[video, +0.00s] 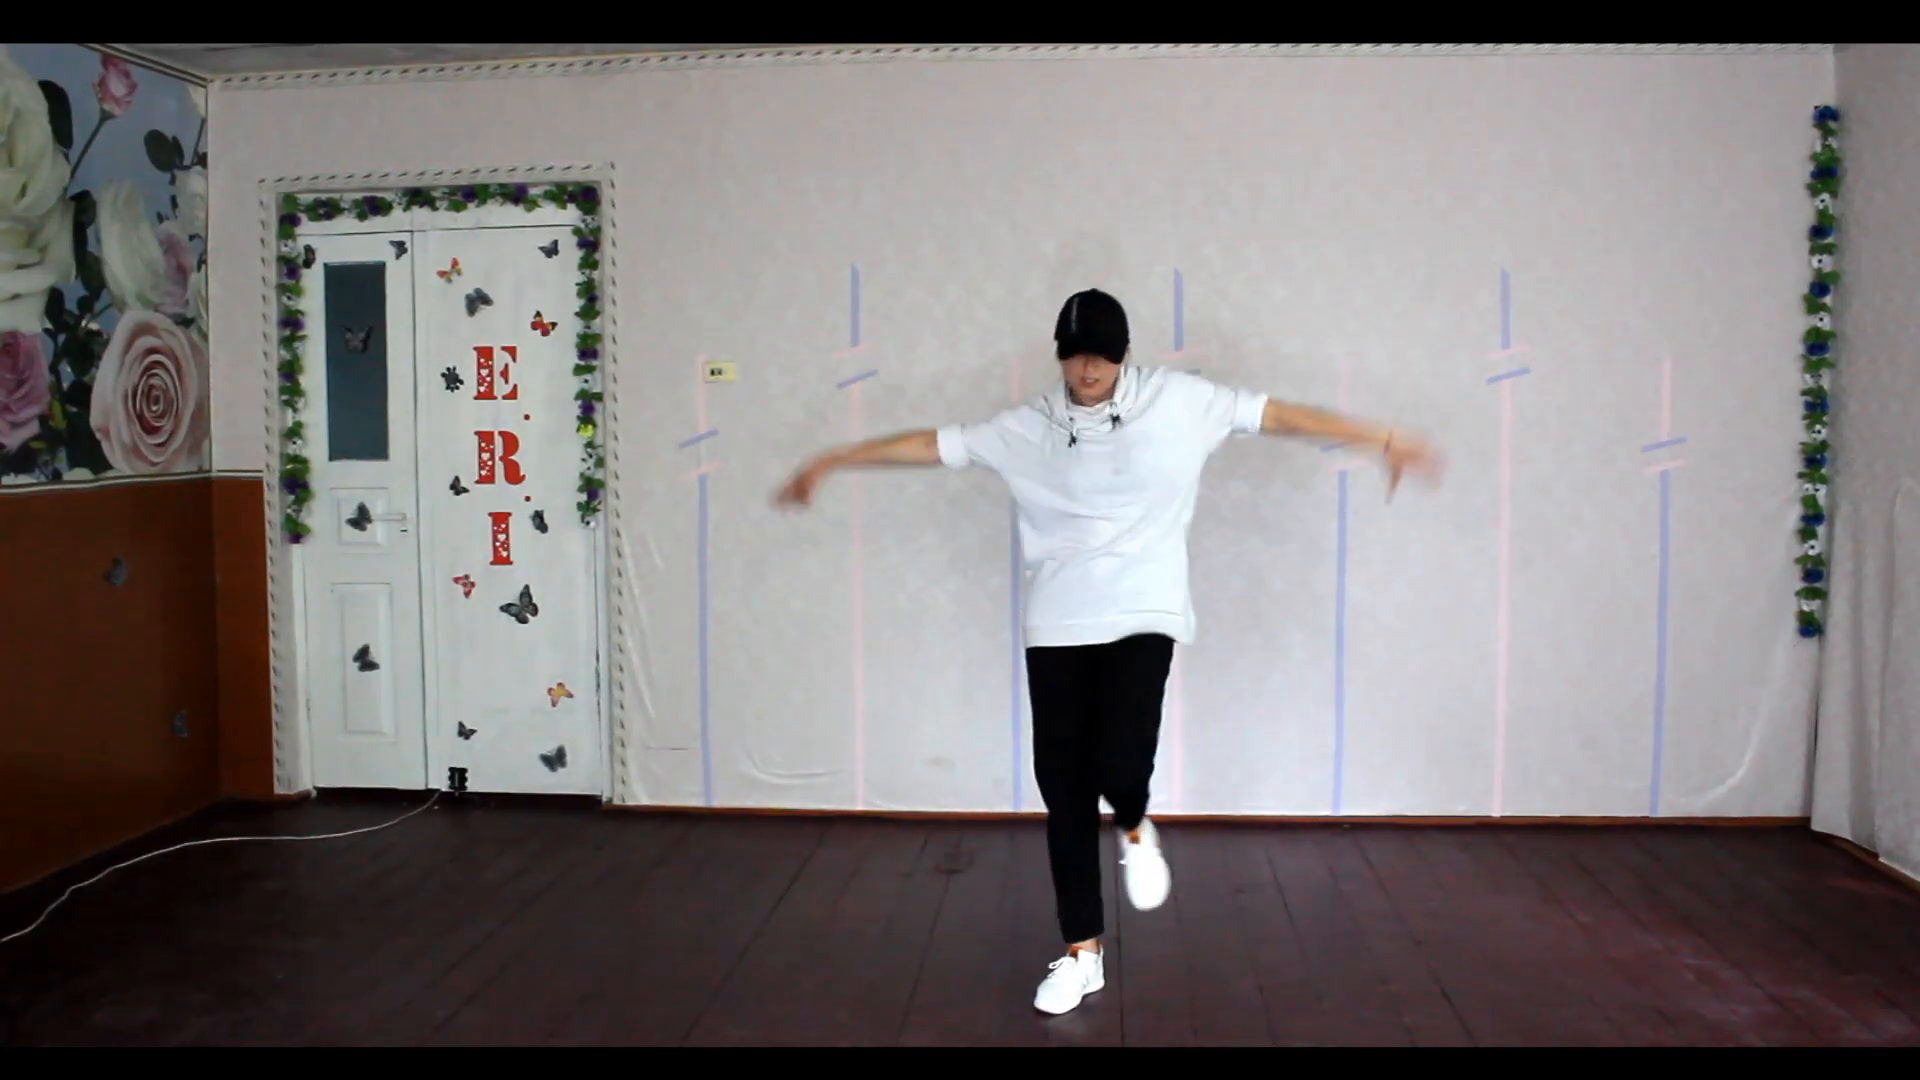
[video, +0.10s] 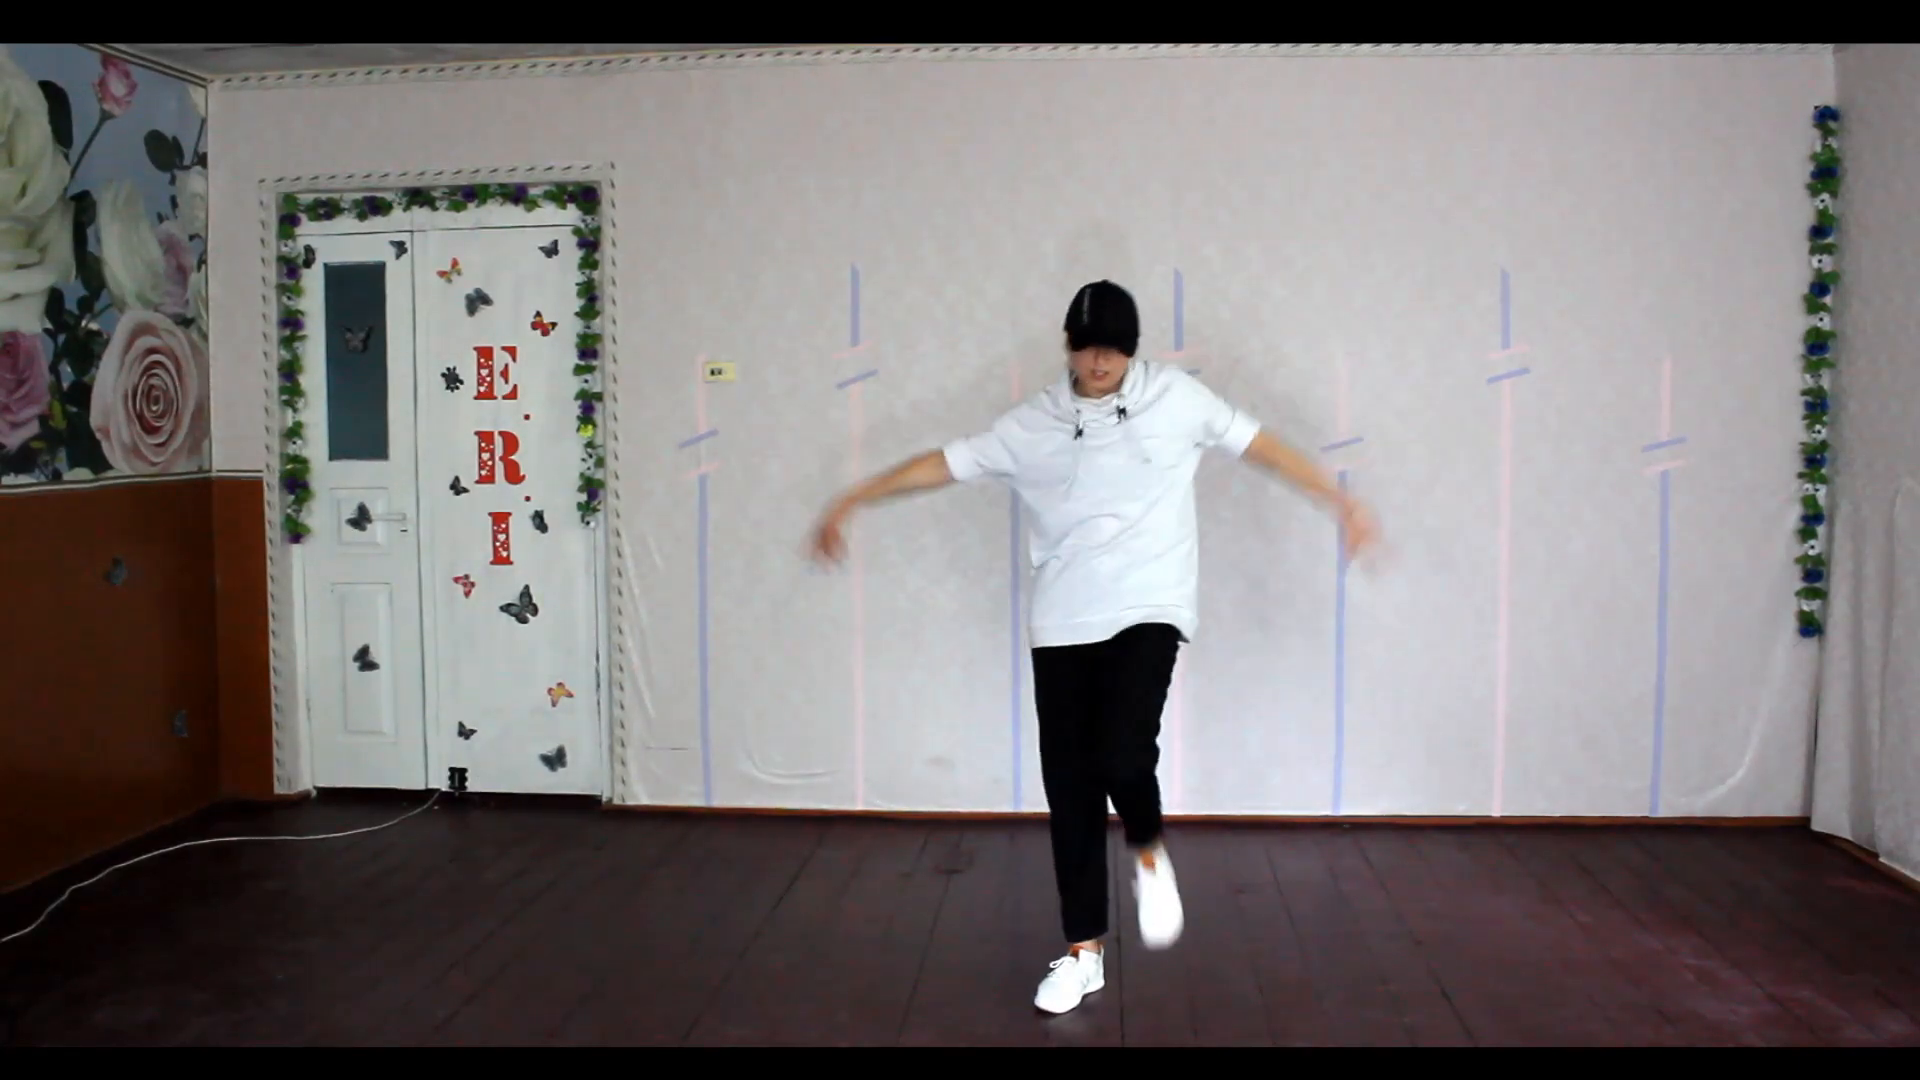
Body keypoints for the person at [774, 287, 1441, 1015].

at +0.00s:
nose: (1087, 378)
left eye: (1100, 367)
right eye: (1076, 365)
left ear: (1124, 359)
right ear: (1058, 358)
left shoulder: (1180, 402)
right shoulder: (1029, 424)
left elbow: (1277, 415)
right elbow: (935, 446)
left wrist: (1379, 439)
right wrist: (829, 461)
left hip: (1143, 620)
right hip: (1056, 625)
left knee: (1121, 777)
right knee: (1064, 789)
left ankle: (1134, 834)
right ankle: (1081, 950)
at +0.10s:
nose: (1095, 365)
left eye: (1109, 353)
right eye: (1084, 351)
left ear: (1131, 350)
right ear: (1068, 346)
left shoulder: (1175, 397)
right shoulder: (1033, 423)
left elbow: (1259, 444)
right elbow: (947, 464)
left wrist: (1340, 499)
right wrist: (848, 501)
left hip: (1148, 611)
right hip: (1062, 622)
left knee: (1123, 756)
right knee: (1070, 788)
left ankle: (1149, 857)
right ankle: (1084, 949)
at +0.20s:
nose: (1115, 359)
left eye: (1128, 347)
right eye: (1103, 345)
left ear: (1147, 345)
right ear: (1081, 339)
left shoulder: (1177, 405)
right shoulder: (1043, 416)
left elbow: (1238, 481)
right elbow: (968, 483)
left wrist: (1304, 559)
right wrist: (886, 542)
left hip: (1153, 619)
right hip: (1066, 629)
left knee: (1133, 776)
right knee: (1074, 792)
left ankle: (1161, 927)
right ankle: (1084, 951)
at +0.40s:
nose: (1170, 410)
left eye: (1181, 397)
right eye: (1157, 397)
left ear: (1195, 388)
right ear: (1130, 381)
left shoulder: (1208, 473)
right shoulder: (1073, 445)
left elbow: (1235, 580)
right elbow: (1005, 527)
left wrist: (1218, 607)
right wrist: (933, 602)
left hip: (1171, 677)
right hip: (1085, 668)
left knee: (1160, 836)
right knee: (1091, 819)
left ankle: (1157, 992)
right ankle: (1078, 861)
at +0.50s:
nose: (1145, 377)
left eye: (1156, 363)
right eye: (1132, 365)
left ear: (1172, 352)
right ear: (1108, 354)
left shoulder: (1200, 416)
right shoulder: (1069, 412)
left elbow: (1251, 521)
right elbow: (975, 479)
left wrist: (1157, 540)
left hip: (1169, 635)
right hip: (1087, 618)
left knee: (1156, 818)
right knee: (1094, 741)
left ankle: (1154, 985)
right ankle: (1076, 821)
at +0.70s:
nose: (1096, 361)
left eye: (1107, 348)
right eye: (1082, 349)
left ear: (1128, 327)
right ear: (1063, 334)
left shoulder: (1182, 379)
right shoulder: (1054, 385)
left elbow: (1257, 470)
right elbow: (979, 434)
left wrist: (1165, 504)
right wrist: (1092, 424)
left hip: (1170, 609)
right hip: (1087, 599)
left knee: (1143, 769)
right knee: (1098, 754)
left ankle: (1103, 919)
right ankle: (1101, 925)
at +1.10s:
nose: (1147, 402)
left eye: (1159, 390)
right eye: (1135, 388)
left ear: (1173, 375)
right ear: (1107, 364)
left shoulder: (1182, 417)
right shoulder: (1055, 428)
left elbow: (1236, 475)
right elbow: (958, 502)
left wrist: (1136, 503)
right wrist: (1044, 503)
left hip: (1163, 657)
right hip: (1075, 664)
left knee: (1163, 806)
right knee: (1096, 828)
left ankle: (1146, 842)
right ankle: (1123, 976)